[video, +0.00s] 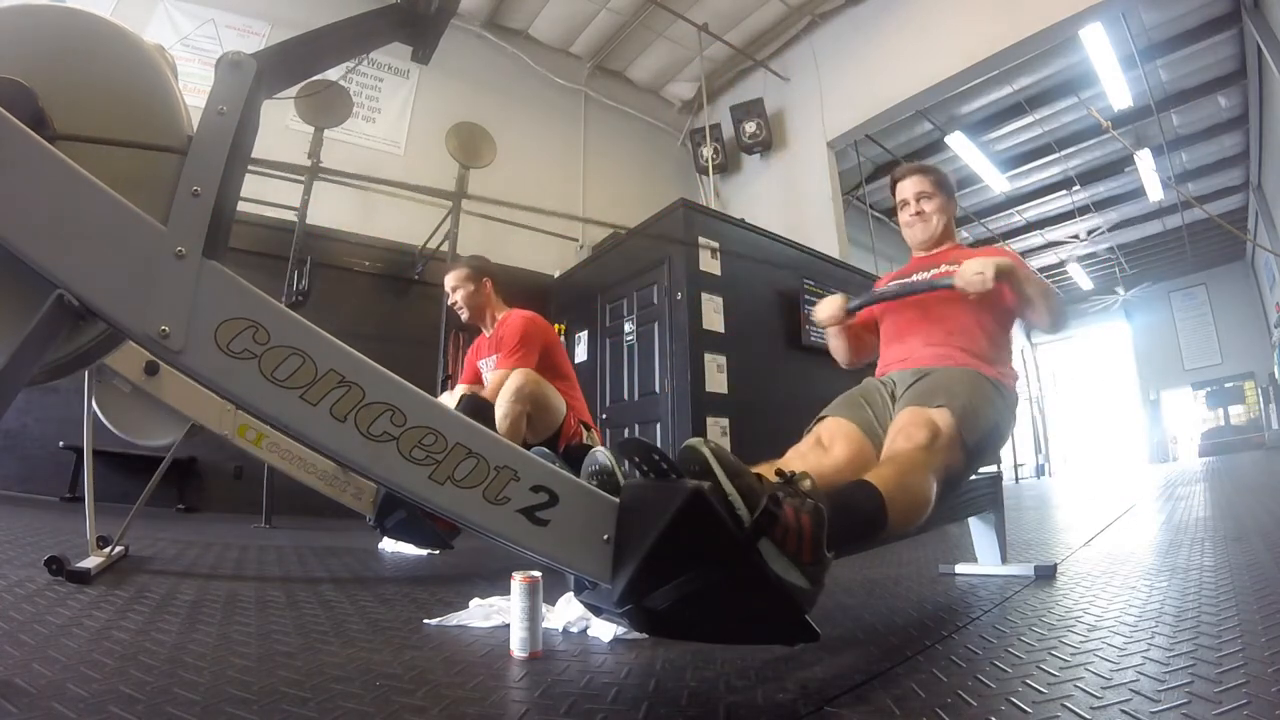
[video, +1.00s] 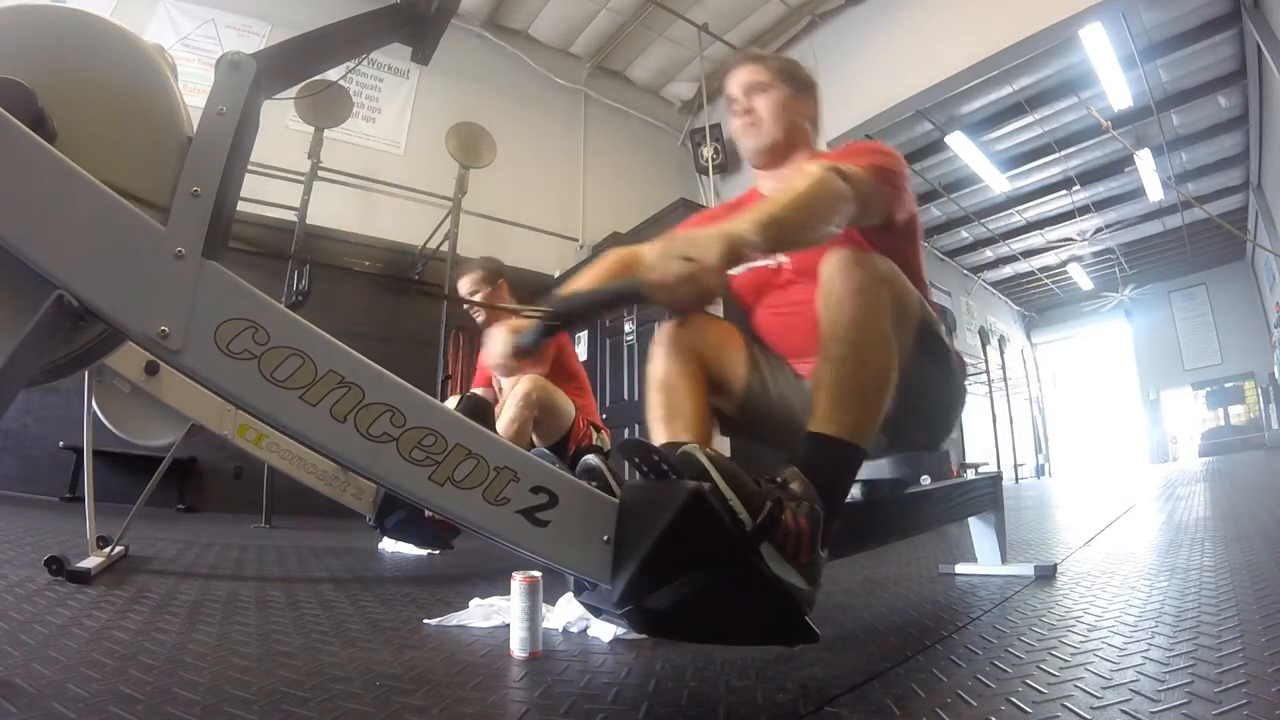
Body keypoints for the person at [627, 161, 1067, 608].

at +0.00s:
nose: (914, 208)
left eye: (925, 197)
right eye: (904, 203)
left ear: (951, 206)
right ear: (897, 220)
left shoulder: (990, 258)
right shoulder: (889, 282)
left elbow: (1047, 317)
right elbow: (853, 356)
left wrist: (1009, 267)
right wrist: (835, 325)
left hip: (962, 374)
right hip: (886, 382)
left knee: (915, 437)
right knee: (822, 445)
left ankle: (820, 529)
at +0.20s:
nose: (907, 204)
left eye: (918, 193)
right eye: (898, 200)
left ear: (946, 200)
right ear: (892, 215)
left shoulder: (986, 253)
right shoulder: (883, 281)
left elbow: (1052, 314)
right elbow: (851, 355)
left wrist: (1018, 263)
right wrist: (837, 322)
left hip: (959, 372)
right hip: (883, 386)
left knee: (918, 436)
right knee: (824, 443)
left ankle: (820, 524)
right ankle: (735, 489)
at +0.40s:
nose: (895, 192)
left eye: (906, 179)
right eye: (884, 187)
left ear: (936, 188)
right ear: (879, 203)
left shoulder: (982, 244)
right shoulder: (868, 272)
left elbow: (1050, 295)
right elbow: (830, 339)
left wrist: (996, 278)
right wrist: (793, 343)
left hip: (960, 372)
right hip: (881, 386)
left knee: (913, 435)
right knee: (816, 445)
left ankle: (818, 528)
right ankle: (694, 495)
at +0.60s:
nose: (863, 170)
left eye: (876, 157)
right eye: (853, 165)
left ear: (910, 165)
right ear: (847, 182)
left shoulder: (959, 223)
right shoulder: (837, 260)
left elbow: (967, 264)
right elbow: (786, 301)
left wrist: (930, 301)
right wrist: (733, 345)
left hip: (968, 388)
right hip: (879, 395)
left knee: (909, 381)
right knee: (786, 408)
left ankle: (822, 514)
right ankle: (703, 502)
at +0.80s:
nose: (807, 140)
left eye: (821, 124)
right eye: (797, 134)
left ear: (862, 135)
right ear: (793, 152)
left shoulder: (917, 191)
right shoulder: (790, 237)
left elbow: (903, 229)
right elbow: (720, 276)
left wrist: (847, 268)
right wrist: (639, 325)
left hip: (942, 396)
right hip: (839, 398)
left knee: (889, 319)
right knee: (735, 362)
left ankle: (814, 516)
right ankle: (693, 496)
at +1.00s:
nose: (740, 107)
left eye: (757, 91)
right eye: (730, 104)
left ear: (806, 104)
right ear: (727, 132)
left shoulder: (873, 162)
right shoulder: (717, 220)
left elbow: (828, 195)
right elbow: (633, 259)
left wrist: (725, 243)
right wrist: (544, 318)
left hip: (902, 401)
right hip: (784, 408)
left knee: (851, 267)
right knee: (676, 333)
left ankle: (810, 512)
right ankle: (683, 514)